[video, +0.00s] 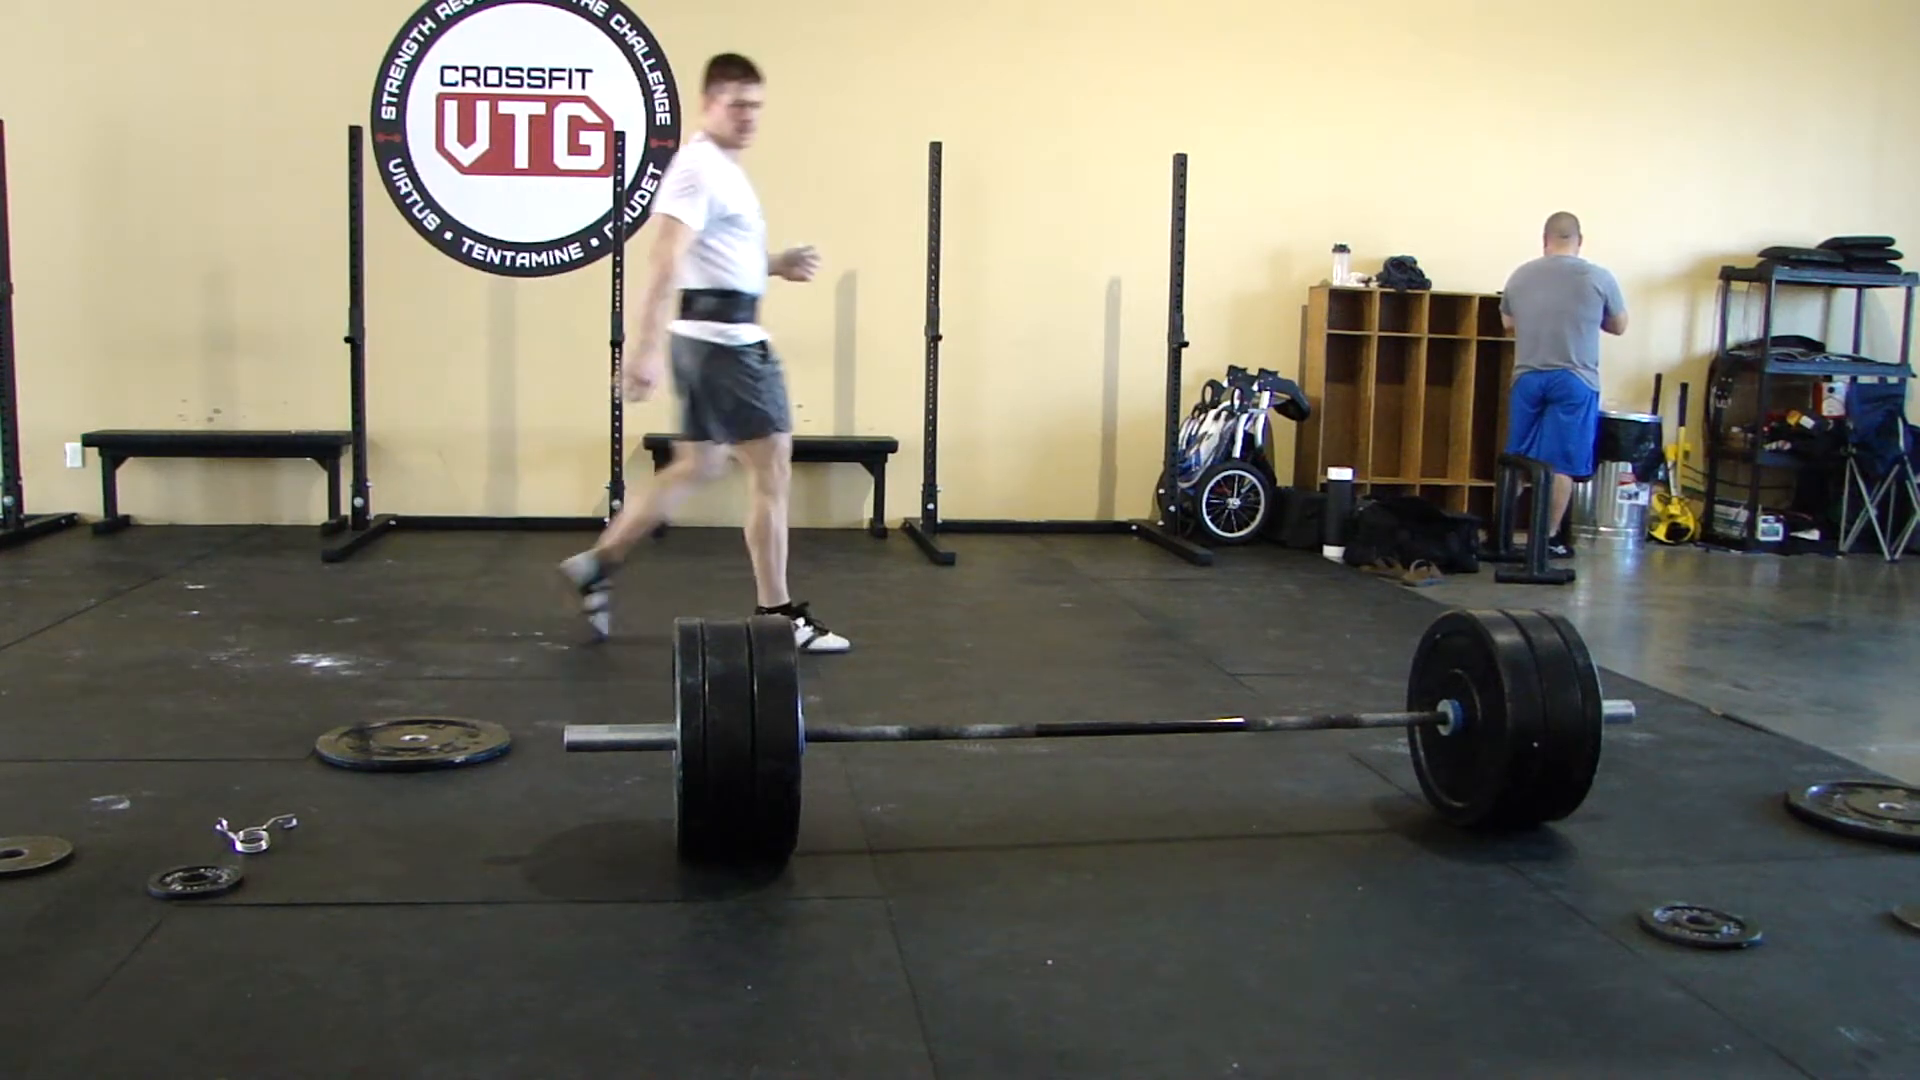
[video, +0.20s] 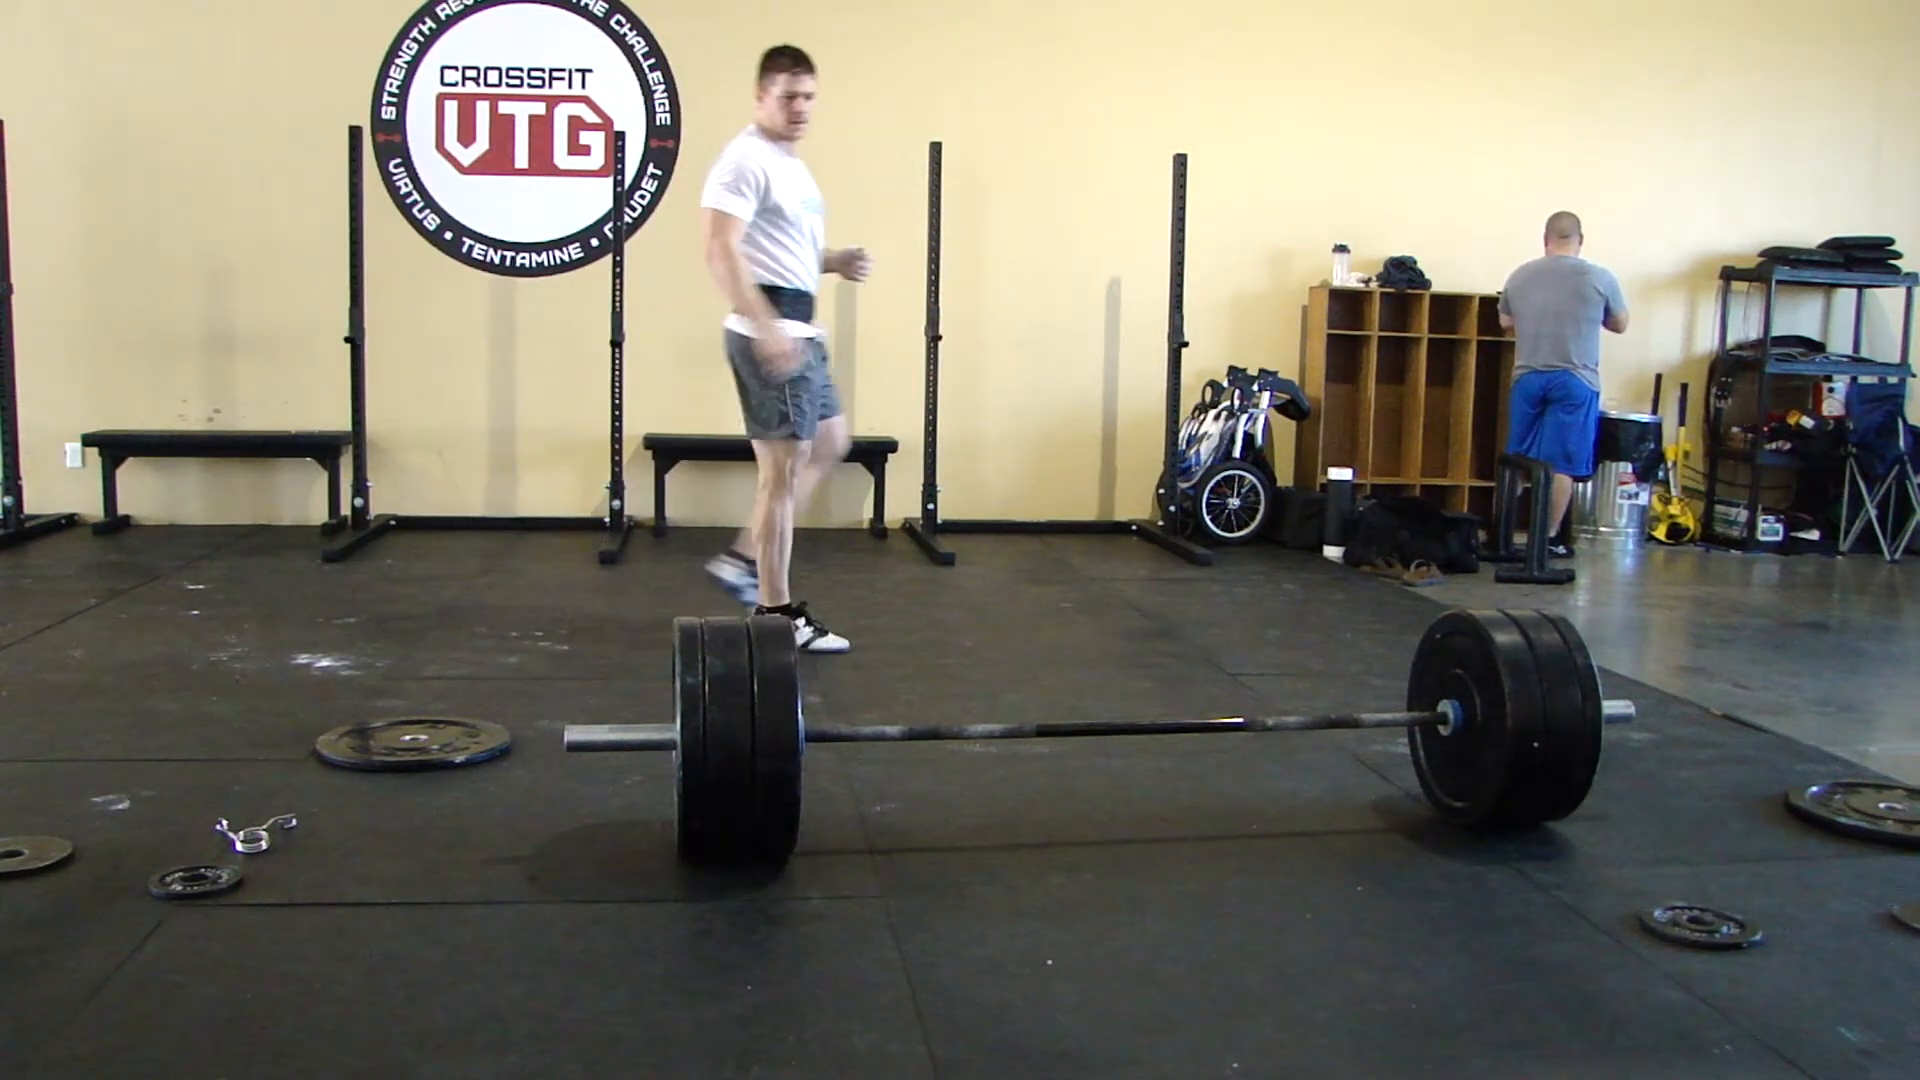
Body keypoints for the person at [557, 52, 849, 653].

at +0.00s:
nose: (748, 117)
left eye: (755, 107)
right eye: (737, 105)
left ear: (758, 109)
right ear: (706, 104)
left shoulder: (724, 169)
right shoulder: (697, 165)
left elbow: (720, 256)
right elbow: (664, 257)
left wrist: (776, 264)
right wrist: (645, 348)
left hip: (707, 339)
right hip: (727, 341)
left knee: (698, 465)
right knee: (772, 473)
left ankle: (597, 563)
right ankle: (777, 613)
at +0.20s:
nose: (800, 108)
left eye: (808, 97)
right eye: (788, 97)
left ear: (814, 100)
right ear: (760, 96)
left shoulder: (792, 166)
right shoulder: (745, 158)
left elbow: (785, 257)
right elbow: (718, 250)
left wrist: (833, 262)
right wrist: (768, 328)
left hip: (799, 330)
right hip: (765, 331)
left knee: (830, 441)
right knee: (779, 472)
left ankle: (744, 556)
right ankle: (778, 613)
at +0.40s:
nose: (842, 110)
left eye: (850, 100)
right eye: (831, 99)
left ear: (858, 103)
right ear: (803, 100)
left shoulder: (859, 167)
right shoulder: (776, 164)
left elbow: (864, 248)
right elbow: (739, 242)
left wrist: (890, 266)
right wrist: (804, 278)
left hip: (861, 339)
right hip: (808, 342)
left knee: (896, 454)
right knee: (805, 474)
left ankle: (899, 588)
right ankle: (778, 611)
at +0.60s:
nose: (888, 119)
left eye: (897, 108)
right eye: (876, 108)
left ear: (908, 113)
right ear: (854, 113)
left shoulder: (928, 180)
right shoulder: (823, 178)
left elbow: (949, 259)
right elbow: (786, 249)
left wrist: (953, 282)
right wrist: (755, 306)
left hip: (923, 343)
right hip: (859, 343)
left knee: (949, 466)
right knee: (836, 477)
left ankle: (969, 597)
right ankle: (782, 607)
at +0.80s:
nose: (935, 113)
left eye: (944, 103)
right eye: (925, 103)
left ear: (959, 112)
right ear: (905, 112)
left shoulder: (982, 179)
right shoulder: (873, 174)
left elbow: (1006, 241)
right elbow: (827, 248)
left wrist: (1013, 278)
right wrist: (794, 328)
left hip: (962, 342)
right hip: (898, 342)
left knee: (974, 466)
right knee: (876, 468)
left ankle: (968, 597)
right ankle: (812, 595)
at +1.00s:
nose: (958, 106)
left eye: (967, 98)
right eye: (948, 98)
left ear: (981, 110)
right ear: (928, 109)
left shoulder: (1005, 177)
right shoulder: (893, 169)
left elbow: (1037, 236)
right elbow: (850, 242)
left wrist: (1054, 283)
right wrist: (825, 321)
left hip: (977, 342)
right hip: (909, 340)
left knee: (979, 472)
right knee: (893, 470)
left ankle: (969, 601)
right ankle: (890, 600)